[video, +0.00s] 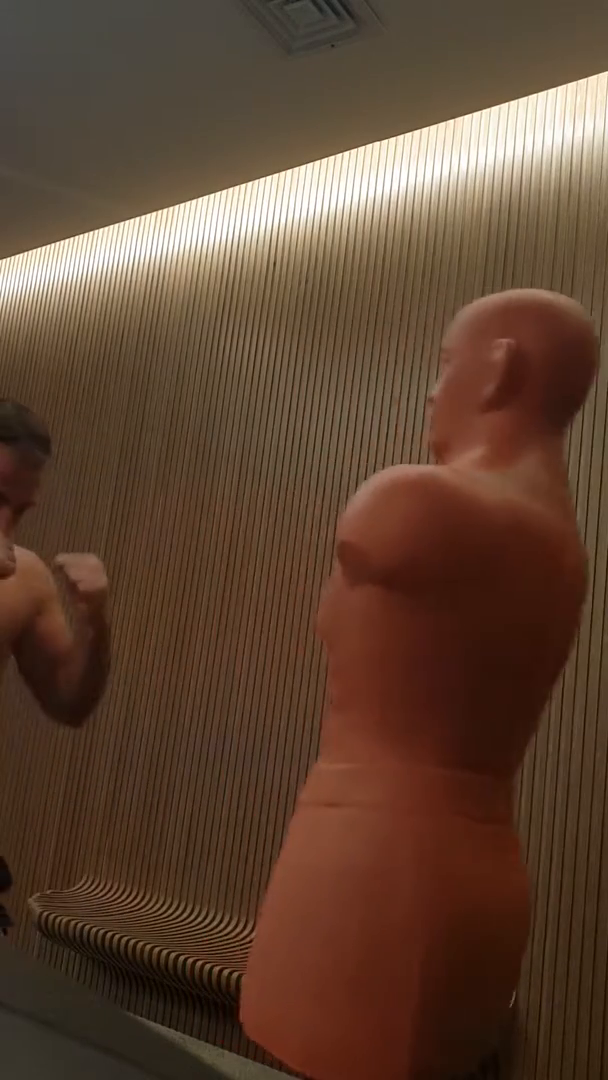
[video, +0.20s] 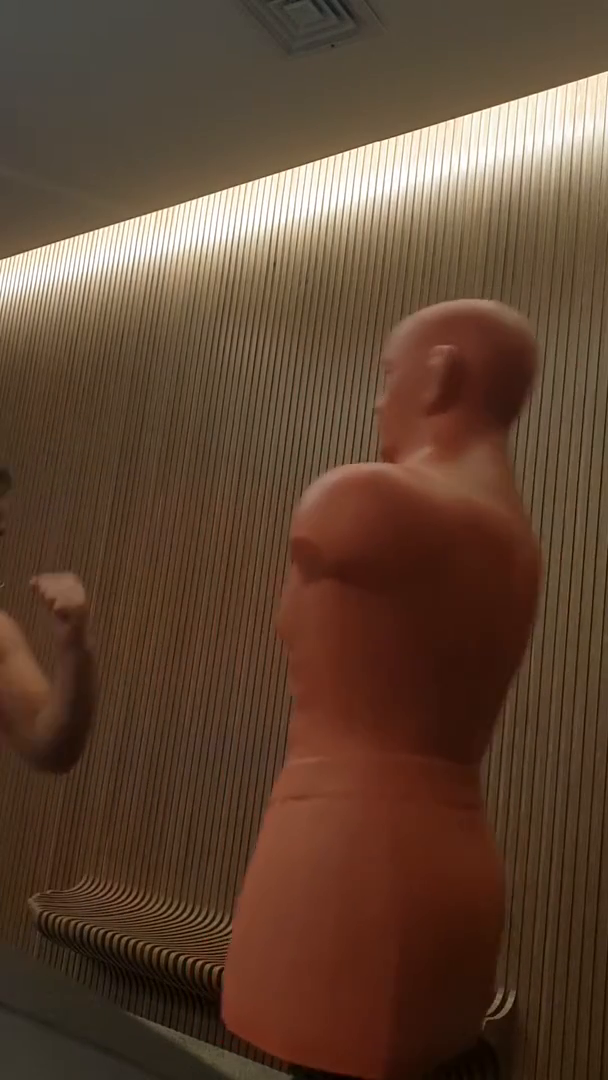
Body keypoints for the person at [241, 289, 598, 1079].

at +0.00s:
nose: (435, 391)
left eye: (447, 365)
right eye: (440, 366)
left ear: (498, 374)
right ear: (559, 400)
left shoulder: (414, 505)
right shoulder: (559, 548)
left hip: (368, 881)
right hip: (477, 871)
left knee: (313, 1063)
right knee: (435, 1065)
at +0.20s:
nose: (379, 402)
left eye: (389, 376)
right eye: (381, 378)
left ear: (442, 377)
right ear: (505, 404)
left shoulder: (363, 503)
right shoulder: (515, 544)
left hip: (340, 870)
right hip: (450, 861)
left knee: (293, 1062)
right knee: (413, 1063)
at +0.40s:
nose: (323, 407)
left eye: (331, 379)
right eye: (325, 382)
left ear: (378, 379)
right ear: (446, 401)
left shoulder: (309, 500)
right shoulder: (463, 535)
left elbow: (252, 630)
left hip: (313, 863)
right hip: (426, 851)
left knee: (279, 1063)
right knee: (394, 1061)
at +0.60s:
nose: (385, 398)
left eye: (398, 371)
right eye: (390, 373)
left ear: (450, 374)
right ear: (513, 400)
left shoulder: (370, 502)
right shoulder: (518, 540)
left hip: (347, 872)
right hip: (455, 863)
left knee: (302, 1062)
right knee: (419, 1063)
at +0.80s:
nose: (385, 396)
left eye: (397, 370)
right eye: (390, 372)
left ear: (449, 375)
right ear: (511, 402)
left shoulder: (368, 503)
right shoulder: (519, 544)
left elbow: (321, 527)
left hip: (345, 874)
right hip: (454, 862)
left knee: (302, 1064)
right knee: (411, 1065)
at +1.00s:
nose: (345, 401)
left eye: (354, 376)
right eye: (347, 378)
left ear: (404, 376)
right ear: (467, 398)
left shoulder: (332, 501)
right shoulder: (479, 528)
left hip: (332, 859)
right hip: (434, 846)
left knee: (293, 1063)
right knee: (404, 1063)